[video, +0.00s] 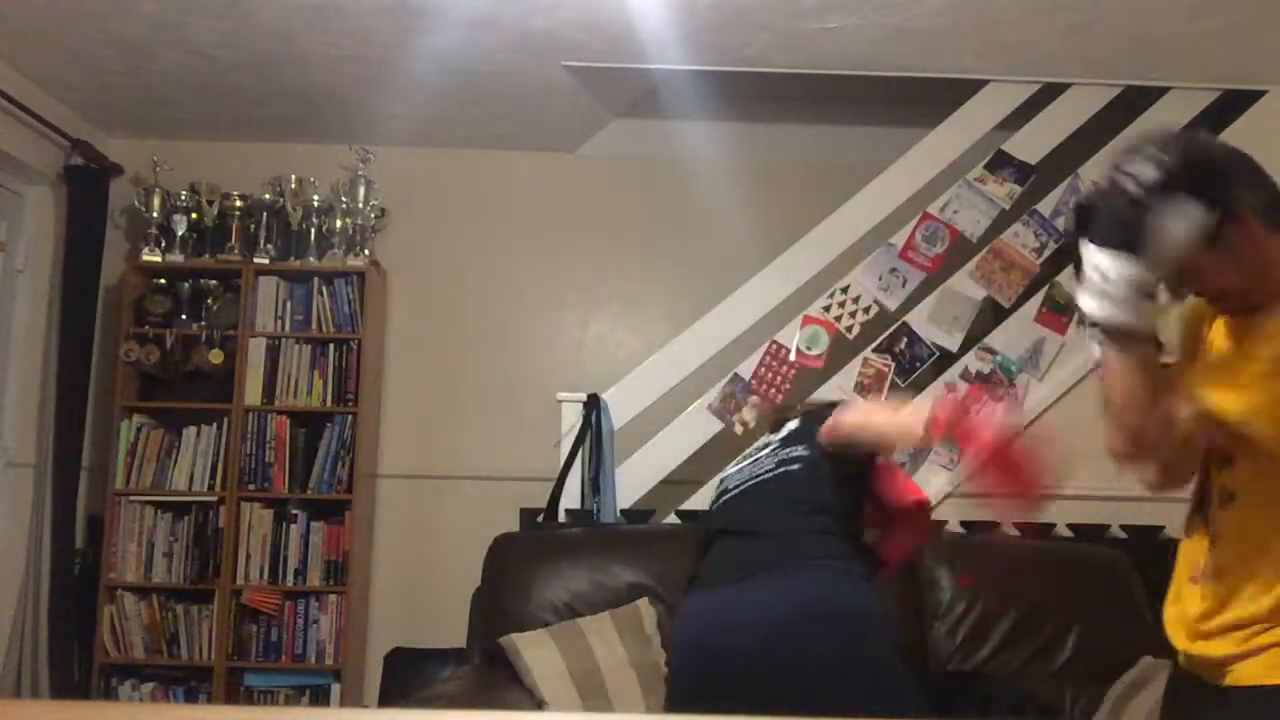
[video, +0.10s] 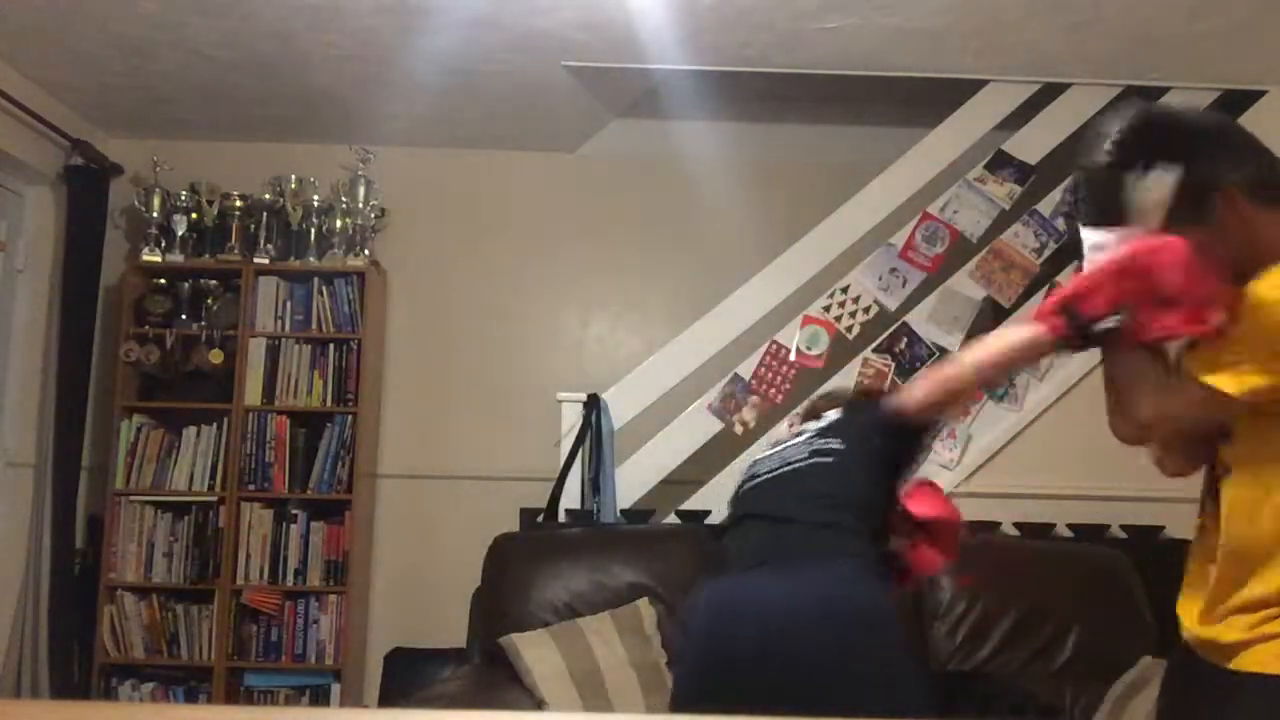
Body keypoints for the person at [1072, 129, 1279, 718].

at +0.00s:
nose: (1193, 290)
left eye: (1191, 268)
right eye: (1176, 277)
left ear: (1239, 227)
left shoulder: (1270, 330)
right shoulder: (1208, 320)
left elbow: (1157, 456)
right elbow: (1153, 460)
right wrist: (1119, 305)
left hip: (1265, 666)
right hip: (1195, 652)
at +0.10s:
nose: (1186, 269)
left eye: (1183, 250)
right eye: (1167, 257)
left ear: (1228, 205)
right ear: (1229, 205)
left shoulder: (1268, 298)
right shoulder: (1246, 299)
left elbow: (1140, 414)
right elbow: (1176, 456)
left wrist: (1115, 288)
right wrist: (1127, 315)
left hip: (1256, 656)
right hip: (1211, 643)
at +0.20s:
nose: (1195, 264)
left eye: (1189, 244)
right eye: (1184, 248)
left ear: (1224, 217)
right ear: (1229, 213)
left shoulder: (1270, 293)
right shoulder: (1253, 295)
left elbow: (1130, 422)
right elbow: (1193, 462)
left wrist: (1136, 264)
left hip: (1257, 656)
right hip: (1226, 644)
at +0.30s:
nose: (1194, 279)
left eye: (1192, 259)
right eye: (1180, 269)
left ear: (1228, 214)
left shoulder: (1273, 305)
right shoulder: (1225, 317)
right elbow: (1197, 477)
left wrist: (1160, 328)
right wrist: (1141, 350)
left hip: (1268, 662)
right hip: (1215, 644)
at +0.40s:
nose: (1175, 294)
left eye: (1169, 272)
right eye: (1161, 280)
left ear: (1212, 227)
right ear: (1213, 227)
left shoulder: (1273, 311)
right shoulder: (1233, 309)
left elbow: (1218, 483)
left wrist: (1158, 366)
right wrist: (1151, 348)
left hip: (1266, 665)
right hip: (1226, 651)